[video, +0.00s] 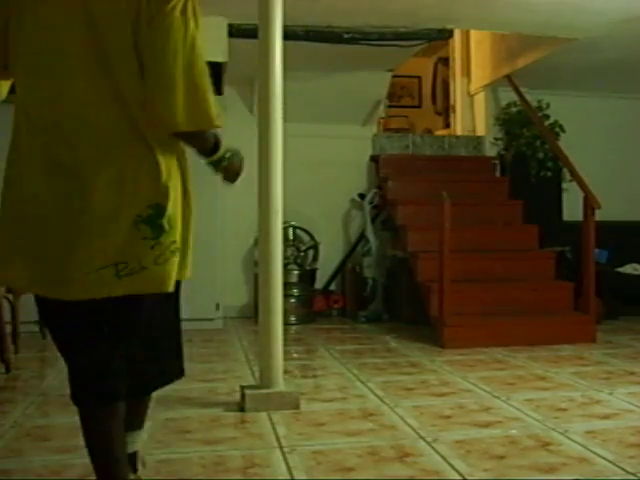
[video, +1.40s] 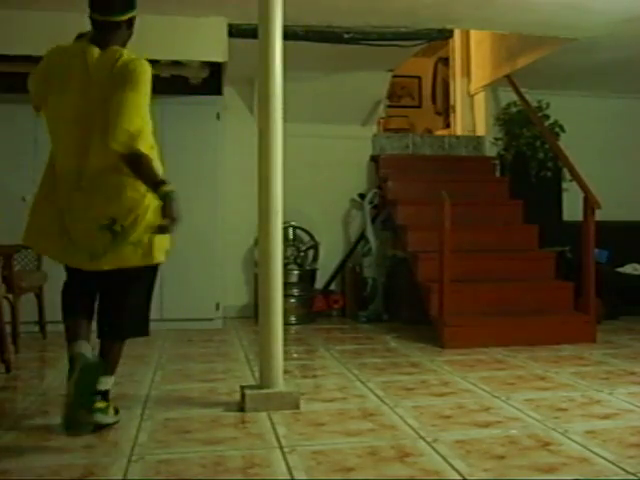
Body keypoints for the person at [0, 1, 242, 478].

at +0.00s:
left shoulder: (24, 12)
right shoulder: (162, 6)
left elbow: (7, 72)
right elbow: (178, 105)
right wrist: (220, 153)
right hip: (134, 213)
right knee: (141, 348)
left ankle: (112, 471)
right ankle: (127, 458)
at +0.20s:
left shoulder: (22, 8)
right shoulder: (157, 7)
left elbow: (7, 80)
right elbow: (174, 118)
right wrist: (214, 166)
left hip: (41, 195)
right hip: (133, 199)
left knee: (63, 326)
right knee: (128, 341)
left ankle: (84, 424)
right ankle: (109, 467)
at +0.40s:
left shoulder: (33, 12)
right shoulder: (151, 12)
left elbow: (6, 99)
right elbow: (204, 117)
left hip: (50, 182)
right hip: (135, 185)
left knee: (70, 282)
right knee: (130, 319)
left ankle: (66, 367)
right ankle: (107, 463)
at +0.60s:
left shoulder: (32, 16)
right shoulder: (147, 10)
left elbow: (16, 99)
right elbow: (217, 82)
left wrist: (28, 158)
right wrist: (195, 40)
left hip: (68, 189)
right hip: (141, 186)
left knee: (75, 307)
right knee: (125, 325)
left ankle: (80, 419)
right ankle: (106, 454)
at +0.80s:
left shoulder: (29, 35)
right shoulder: (140, 30)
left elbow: (15, 116)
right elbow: (204, 89)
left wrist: (29, 160)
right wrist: (187, 39)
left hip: (67, 215)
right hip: (136, 208)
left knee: (77, 329)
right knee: (135, 313)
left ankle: (88, 441)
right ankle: (119, 393)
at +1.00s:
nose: (117, 8)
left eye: (111, 4)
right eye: (117, 3)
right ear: (115, 2)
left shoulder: (37, 44)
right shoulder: (132, 49)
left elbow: (19, 131)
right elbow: (166, 139)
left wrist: (67, 122)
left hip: (63, 204)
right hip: (126, 199)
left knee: (78, 323)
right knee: (143, 276)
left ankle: (90, 435)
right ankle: (129, 353)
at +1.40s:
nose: (130, 29)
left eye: (122, 21)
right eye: (130, 22)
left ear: (90, 20)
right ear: (130, 24)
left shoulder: (57, 60)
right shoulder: (131, 68)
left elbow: (36, 99)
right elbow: (127, 141)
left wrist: (76, 48)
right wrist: (164, 191)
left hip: (70, 203)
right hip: (125, 208)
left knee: (78, 280)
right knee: (121, 299)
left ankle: (80, 355)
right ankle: (99, 399)